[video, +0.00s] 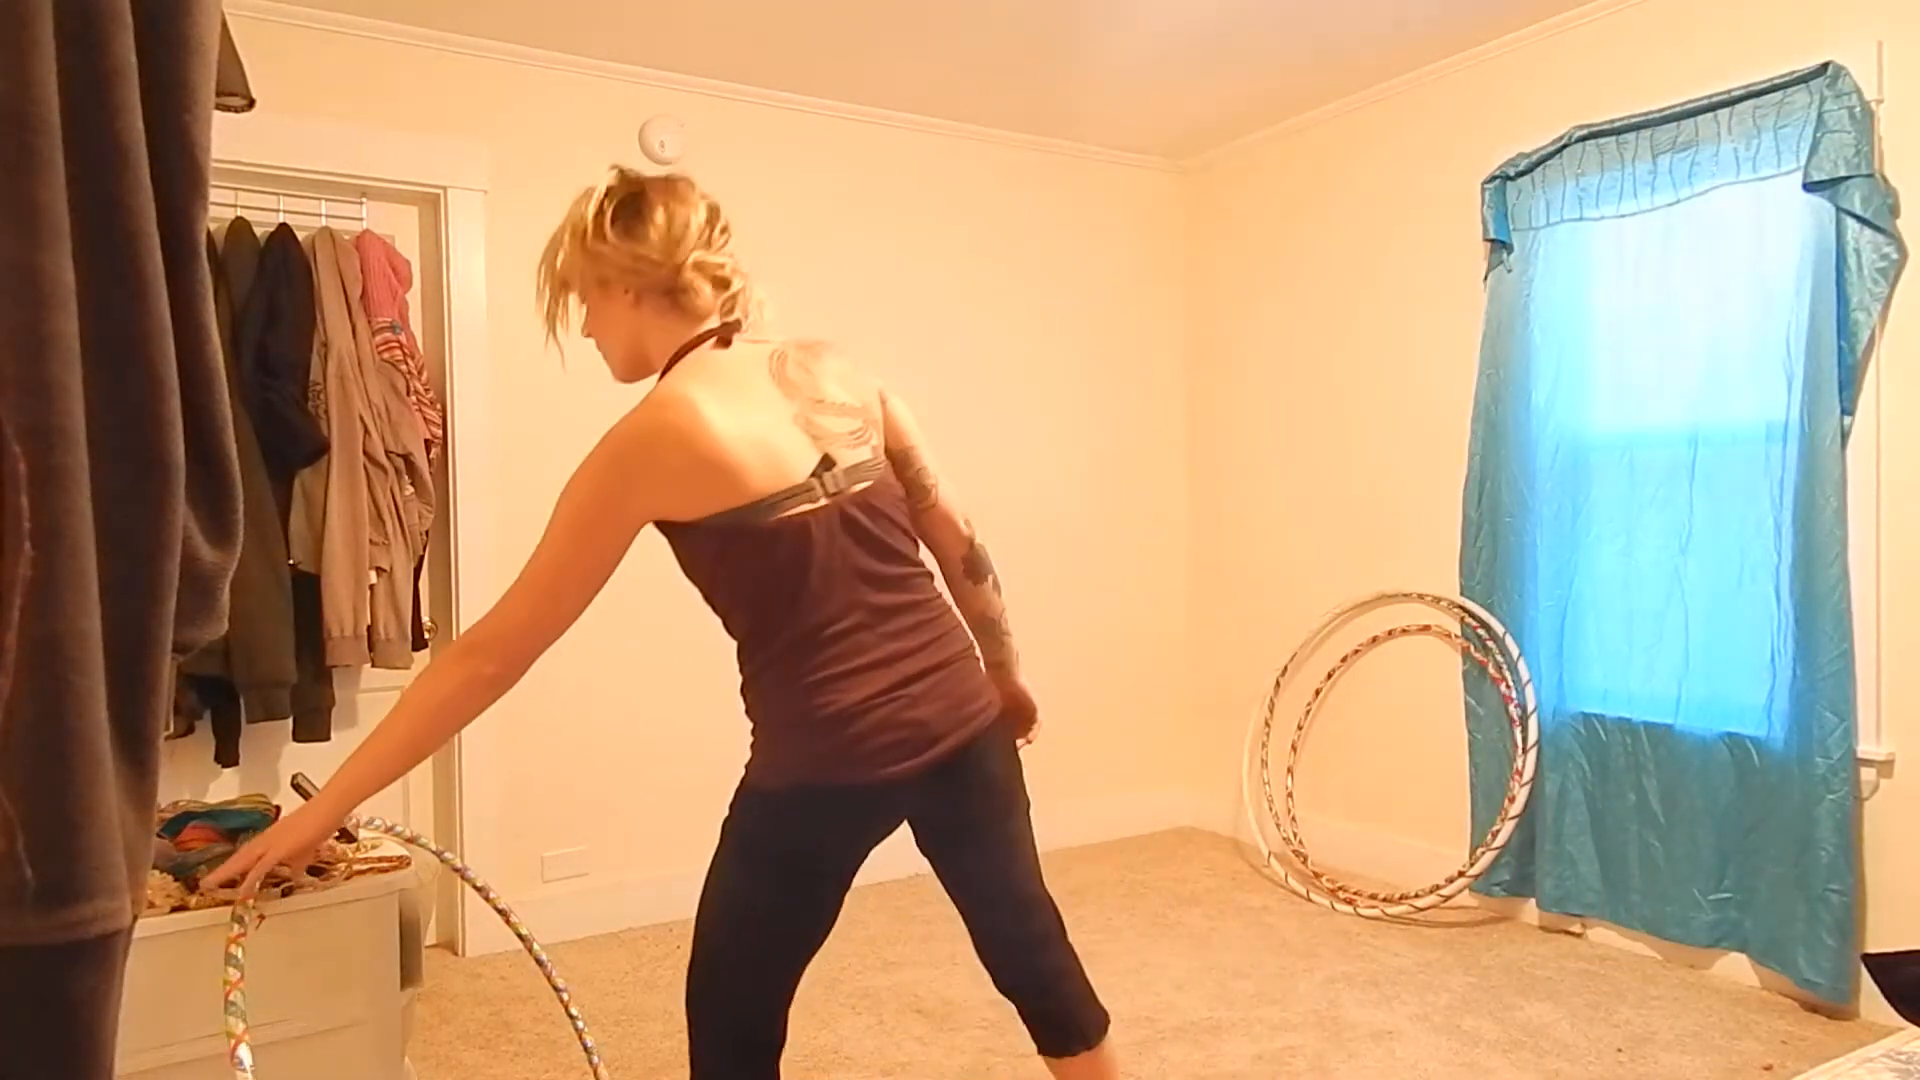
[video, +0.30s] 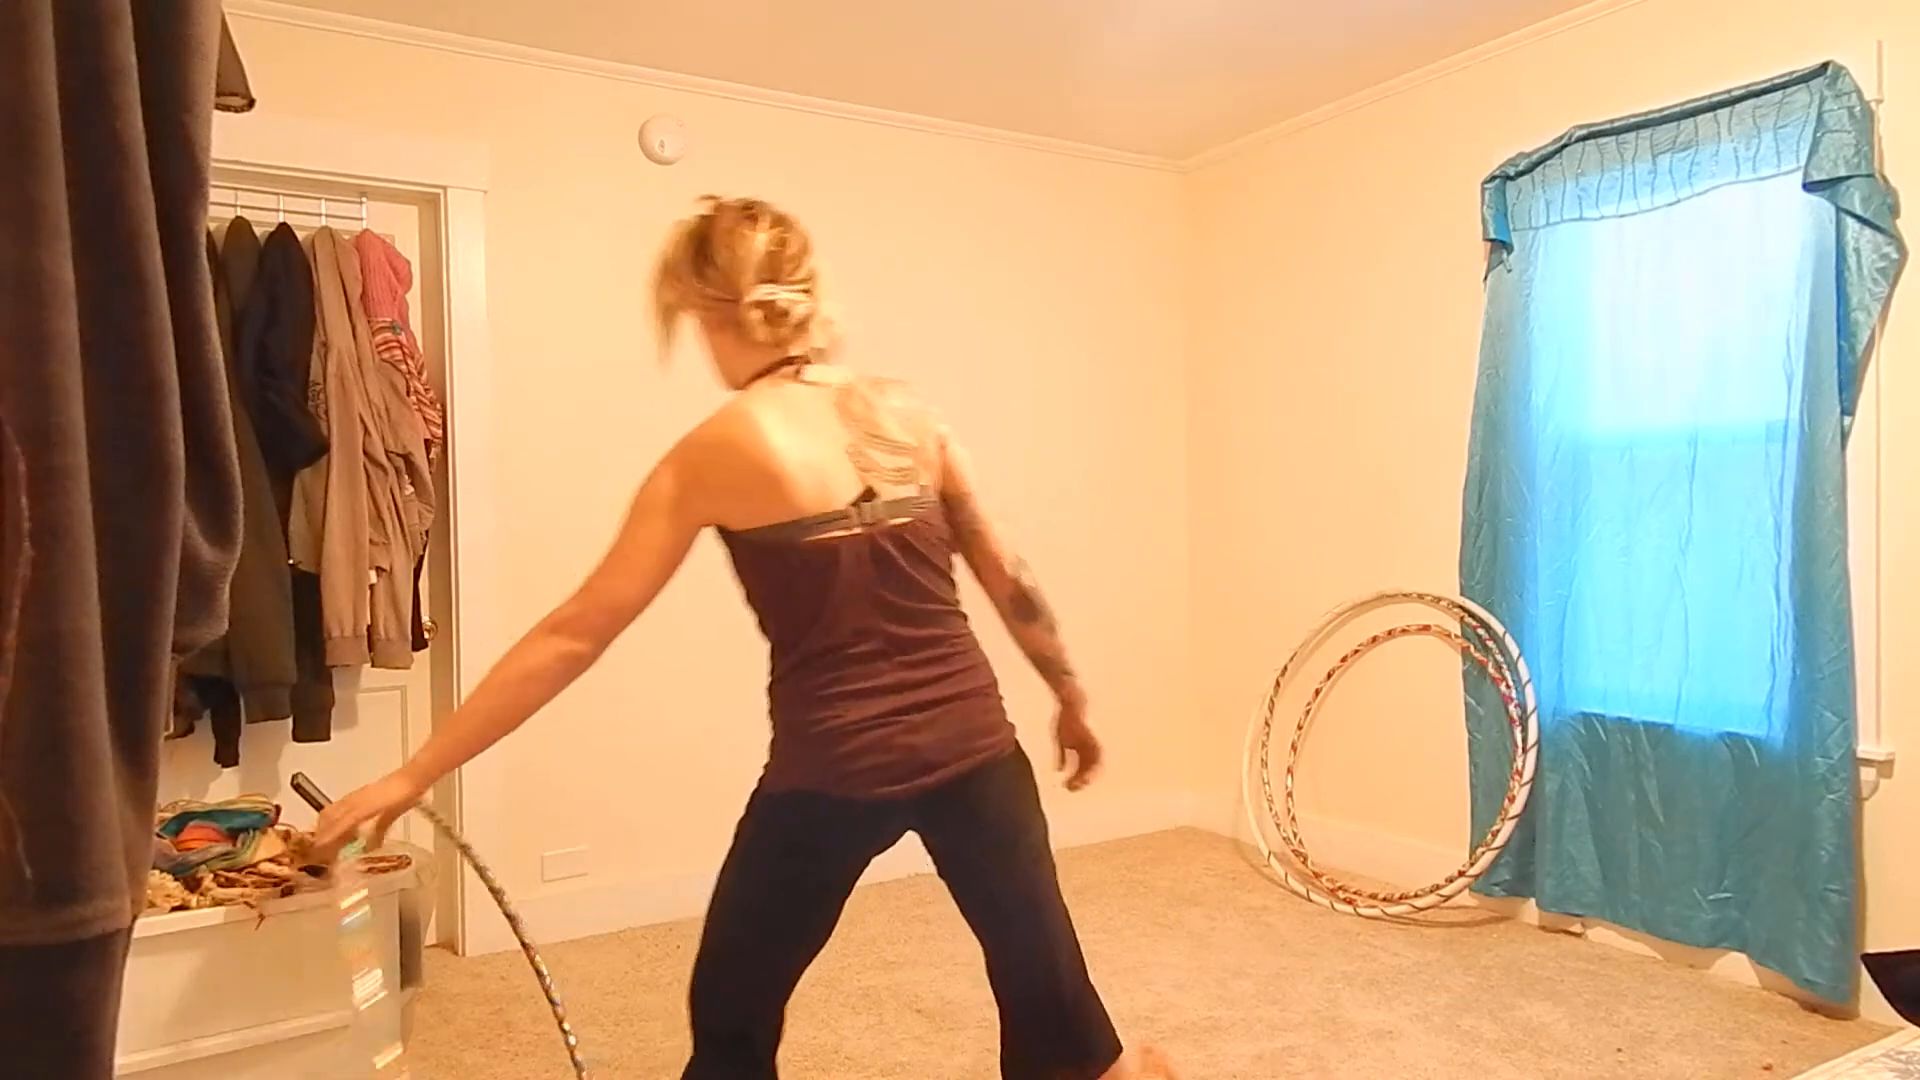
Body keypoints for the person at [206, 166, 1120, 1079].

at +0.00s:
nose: (586, 327)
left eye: (590, 300)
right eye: (583, 302)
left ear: (645, 288)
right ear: (707, 274)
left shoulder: (655, 432)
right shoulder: (841, 372)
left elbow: (490, 656)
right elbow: (962, 553)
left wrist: (325, 808)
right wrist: (1004, 671)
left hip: (825, 750)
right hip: (959, 705)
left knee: (735, 1015)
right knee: (1039, 957)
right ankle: (1104, 1076)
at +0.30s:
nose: (700, 342)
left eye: (698, 320)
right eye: (696, 321)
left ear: (720, 316)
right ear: (808, 298)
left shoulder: (715, 452)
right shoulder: (907, 413)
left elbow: (574, 637)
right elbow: (1012, 583)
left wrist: (407, 781)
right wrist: (1071, 692)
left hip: (834, 770)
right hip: (974, 742)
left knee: (734, 1015)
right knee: (1051, 990)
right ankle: (1111, 1073)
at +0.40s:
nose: (778, 323)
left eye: (774, 307)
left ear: (787, 306)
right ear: (887, 286)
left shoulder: (784, 435)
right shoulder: (973, 415)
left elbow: (656, 596)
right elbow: (1069, 578)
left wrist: (500, 731)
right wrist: (1132, 692)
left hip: (872, 750)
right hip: (1008, 737)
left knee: (776, 994)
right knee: (1066, 986)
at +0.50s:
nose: (855, 302)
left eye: (854, 285)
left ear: (865, 288)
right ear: (957, 261)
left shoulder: (866, 413)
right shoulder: (1055, 385)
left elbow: (751, 565)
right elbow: (1139, 542)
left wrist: (604, 690)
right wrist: (1204, 672)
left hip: (934, 716)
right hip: (1067, 711)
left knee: (836, 955)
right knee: (1106, 956)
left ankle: (795, 1070)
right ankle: (1137, 1075)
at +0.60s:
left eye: (935, 273)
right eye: (1021, 242)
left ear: (937, 280)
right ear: (1029, 251)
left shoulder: (930, 405)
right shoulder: (1122, 365)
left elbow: (828, 555)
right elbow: (1214, 527)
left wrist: (694, 671)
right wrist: (1282, 658)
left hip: (983, 697)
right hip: (1117, 698)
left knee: (868, 901)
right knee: (1132, 940)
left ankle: (803, 1070)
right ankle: (1148, 1073)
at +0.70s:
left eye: (985, 263)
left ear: (992, 269)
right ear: (1087, 244)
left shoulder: (982, 395)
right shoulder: (1170, 358)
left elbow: (881, 543)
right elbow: (1250, 522)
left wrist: (774, 652)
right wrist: (1332, 658)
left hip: (1020, 671)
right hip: (1148, 681)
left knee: (901, 826)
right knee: (1148, 933)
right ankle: (1156, 1074)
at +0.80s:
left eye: (1031, 252)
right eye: (1130, 229)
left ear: (1033, 263)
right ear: (1130, 244)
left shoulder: (1020, 388)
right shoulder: (1202, 356)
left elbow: (933, 531)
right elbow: (1264, 522)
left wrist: (839, 634)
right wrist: (1347, 666)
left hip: (1051, 648)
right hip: (1170, 664)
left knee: (913, 806)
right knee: (1160, 912)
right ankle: (1162, 1073)